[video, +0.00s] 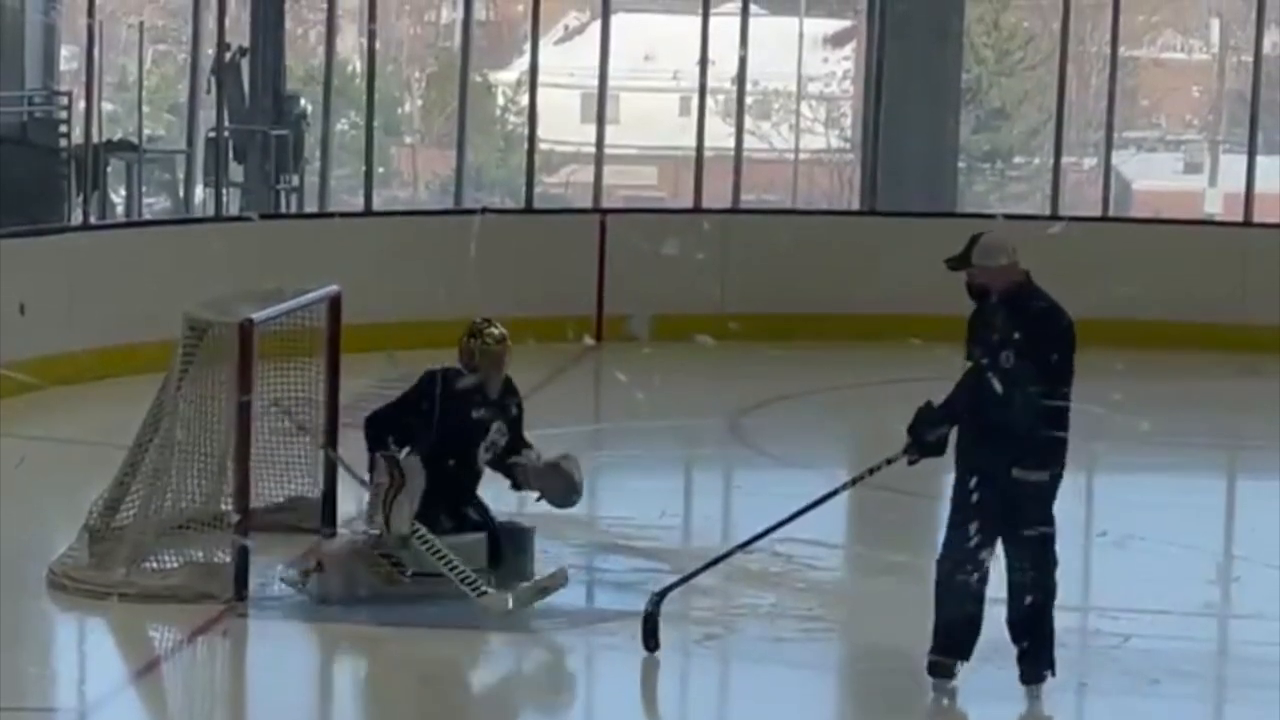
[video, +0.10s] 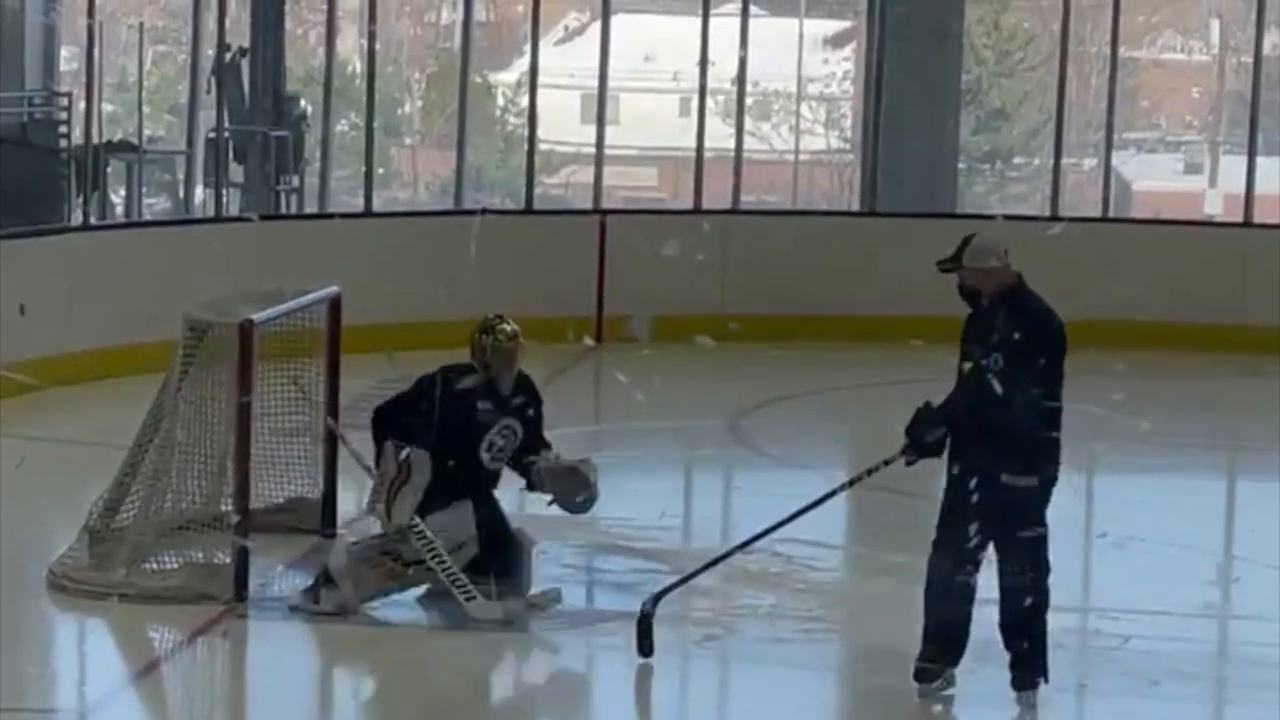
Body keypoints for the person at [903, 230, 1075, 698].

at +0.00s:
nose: (970, 281)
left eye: (976, 273)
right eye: (970, 274)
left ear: (1001, 272)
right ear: (989, 273)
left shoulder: (1049, 321)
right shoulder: (986, 314)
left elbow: (1044, 403)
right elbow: (976, 383)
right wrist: (936, 426)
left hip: (1031, 468)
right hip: (980, 463)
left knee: (1030, 569)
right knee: (961, 562)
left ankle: (1035, 671)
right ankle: (945, 663)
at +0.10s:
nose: (964, 284)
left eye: (970, 276)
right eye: (963, 276)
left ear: (994, 274)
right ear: (979, 275)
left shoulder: (1039, 324)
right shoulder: (980, 318)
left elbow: (1012, 399)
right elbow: (969, 391)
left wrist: (940, 423)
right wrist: (934, 428)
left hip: (1022, 472)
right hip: (971, 466)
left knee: (1022, 577)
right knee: (950, 568)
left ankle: (1027, 684)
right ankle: (936, 673)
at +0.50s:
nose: (920, 288)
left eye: (925, 279)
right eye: (919, 280)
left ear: (948, 278)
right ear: (948, 278)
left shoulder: (978, 330)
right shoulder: (944, 326)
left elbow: (968, 415)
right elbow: (926, 397)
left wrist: (906, 438)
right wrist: (896, 428)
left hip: (968, 481)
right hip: (924, 477)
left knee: (964, 577)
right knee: (900, 573)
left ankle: (979, 691)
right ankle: (895, 680)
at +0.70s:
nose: (883, 290)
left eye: (888, 281)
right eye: (883, 281)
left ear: (908, 280)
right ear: (916, 279)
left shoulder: (933, 331)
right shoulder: (917, 326)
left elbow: (909, 402)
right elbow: (890, 395)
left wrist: (842, 405)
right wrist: (840, 406)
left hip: (920, 491)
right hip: (892, 486)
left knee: (917, 587)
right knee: (863, 581)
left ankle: (936, 696)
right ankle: (857, 685)